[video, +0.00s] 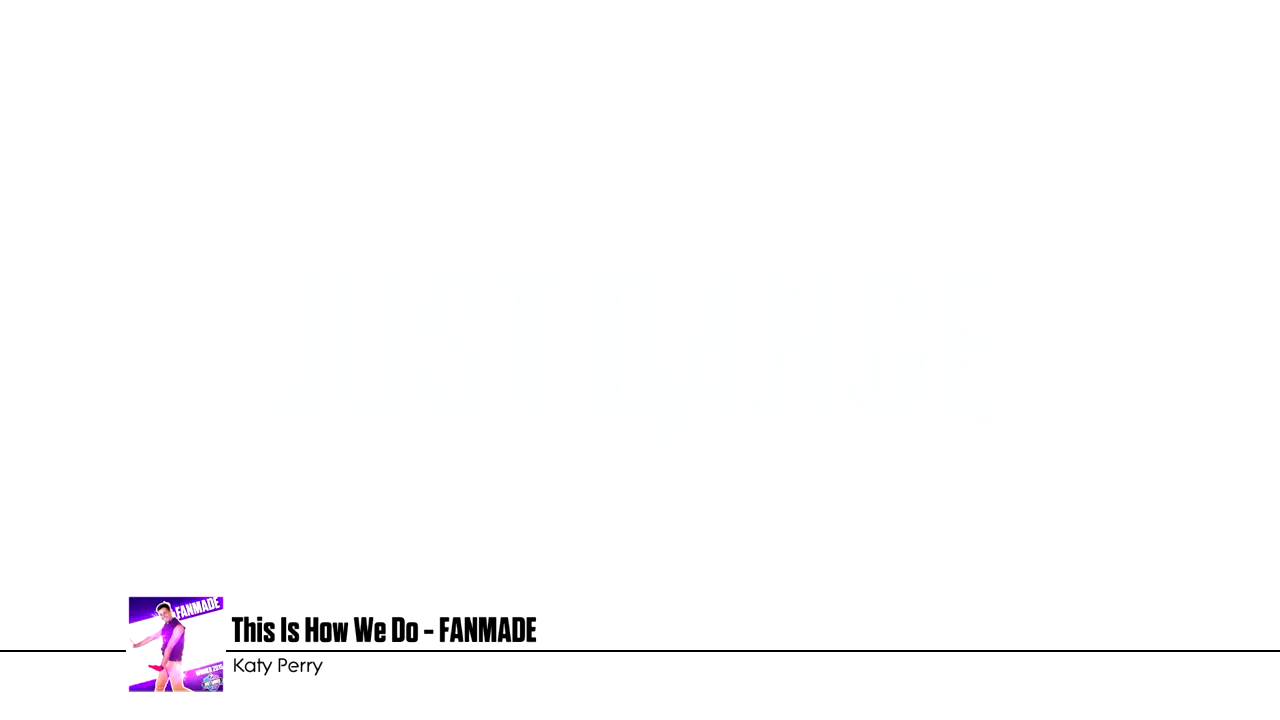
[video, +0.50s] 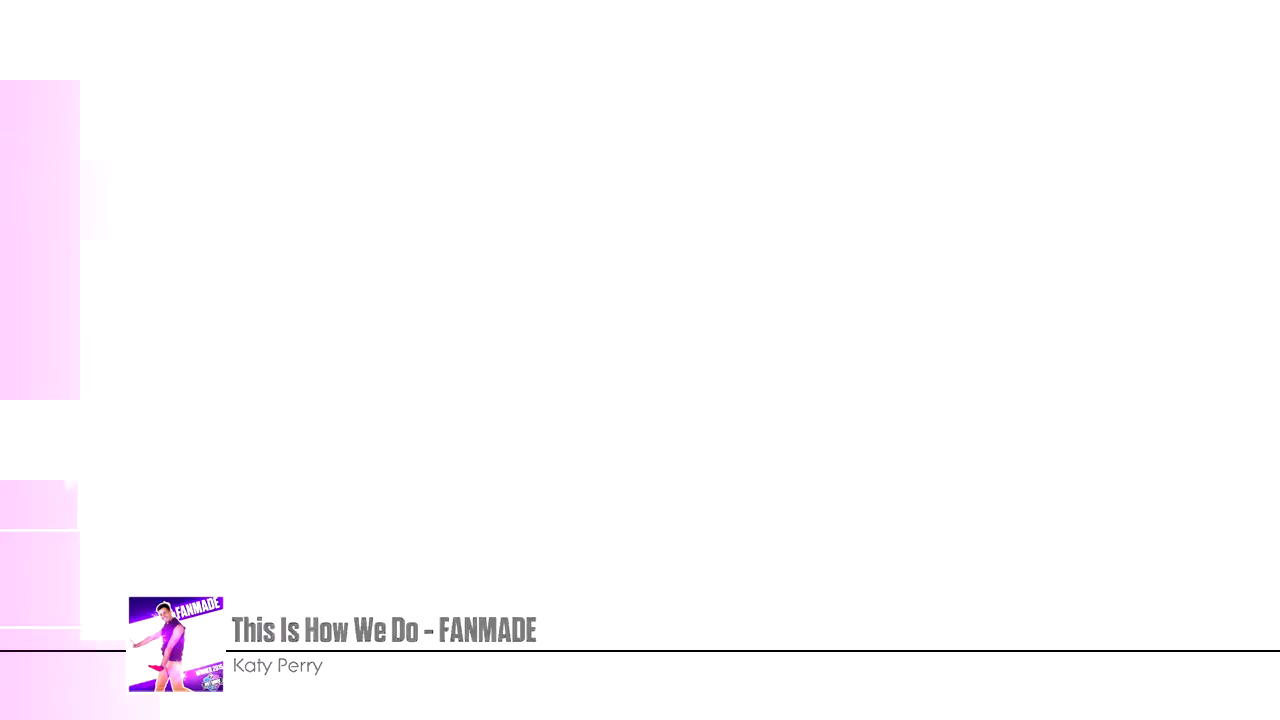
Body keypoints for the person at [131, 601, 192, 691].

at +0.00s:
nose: (163, 616)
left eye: (165, 613)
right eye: (161, 614)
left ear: (171, 612)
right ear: (160, 616)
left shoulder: (179, 627)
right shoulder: (166, 627)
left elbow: (170, 647)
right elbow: (152, 637)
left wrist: (162, 665)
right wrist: (137, 645)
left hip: (175, 661)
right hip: (165, 660)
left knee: (178, 689)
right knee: (159, 687)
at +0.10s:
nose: (163, 616)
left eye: (165, 613)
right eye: (161, 614)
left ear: (171, 612)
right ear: (160, 616)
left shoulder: (179, 627)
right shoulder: (166, 627)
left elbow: (170, 647)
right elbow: (152, 637)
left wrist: (162, 665)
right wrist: (137, 645)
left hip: (175, 661)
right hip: (165, 660)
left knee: (178, 689)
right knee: (159, 687)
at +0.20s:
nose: (163, 616)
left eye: (165, 613)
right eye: (161, 614)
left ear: (171, 612)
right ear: (160, 616)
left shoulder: (179, 627)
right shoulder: (166, 627)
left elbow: (170, 647)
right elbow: (152, 637)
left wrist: (162, 665)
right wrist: (137, 645)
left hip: (175, 661)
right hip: (165, 660)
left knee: (178, 689)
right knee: (159, 687)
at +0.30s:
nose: (163, 616)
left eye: (165, 613)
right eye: (161, 614)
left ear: (171, 612)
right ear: (160, 616)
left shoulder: (179, 627)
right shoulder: (166, 627)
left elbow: (170, 647)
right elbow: (152, 637)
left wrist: (162, 665)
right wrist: (137, 645)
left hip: (175, 661)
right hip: (165, 660)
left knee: (178, 689)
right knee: (159, 687)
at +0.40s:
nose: (163, 616)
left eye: (165, 613)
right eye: (161, 614)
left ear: (171, 612)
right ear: (160, 616)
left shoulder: (179, 627)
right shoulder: (166, 627)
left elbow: (170, 647)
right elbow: (152, 637)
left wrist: (162, 665)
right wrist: (137, 645)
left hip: (175, 661)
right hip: (165, 660)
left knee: (178, 689)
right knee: (159, 687)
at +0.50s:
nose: (163, 616)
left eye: (165, 613)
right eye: (161, 614)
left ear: (170, 612)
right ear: (159, 616)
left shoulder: (179, 627)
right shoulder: (166, 627)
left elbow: (170, 647)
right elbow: (152, 637)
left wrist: (162, 665)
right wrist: (137, 645)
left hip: (174, 661)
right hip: (165, 660)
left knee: (178, 688)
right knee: (159, 687)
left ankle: (200, 699)